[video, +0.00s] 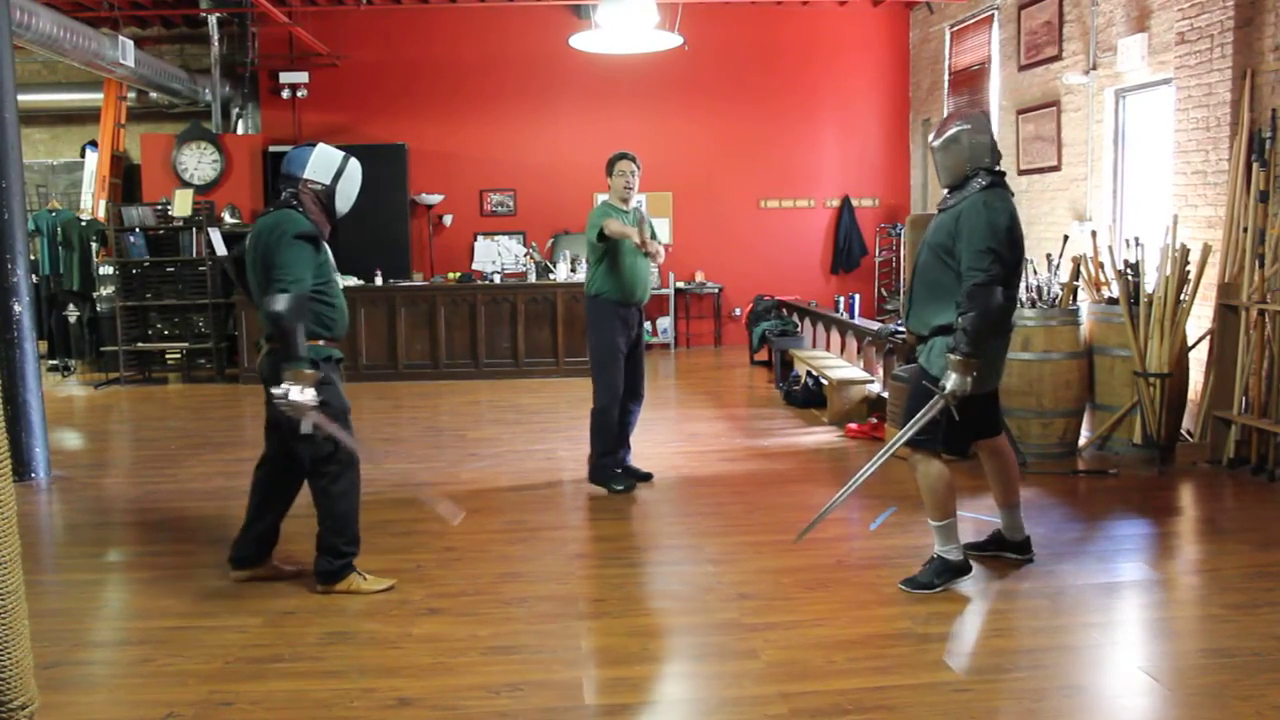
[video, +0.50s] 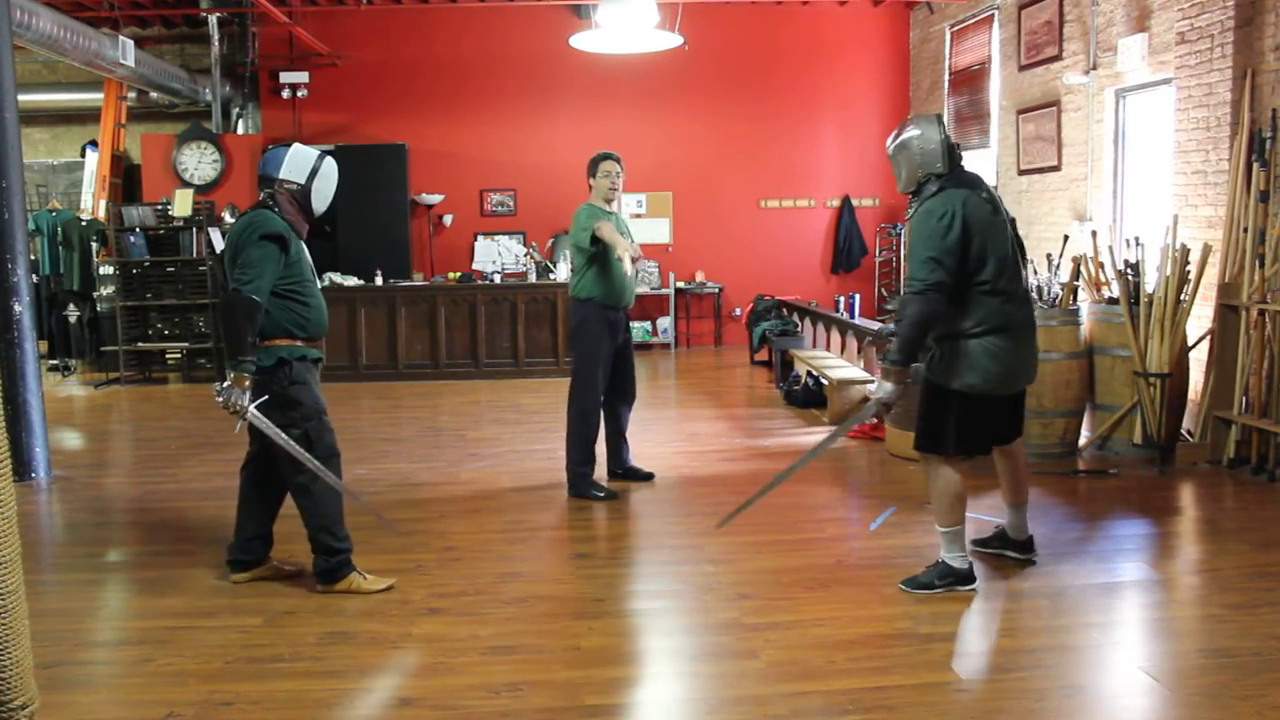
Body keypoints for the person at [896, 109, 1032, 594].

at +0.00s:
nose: (937, 162)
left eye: (944, 151)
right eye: (938, 152)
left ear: (967, 151)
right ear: (975, 153)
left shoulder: (983, 205)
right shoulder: (971, 201)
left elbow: (983, 286)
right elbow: (956, 282)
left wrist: (964, 355)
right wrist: (917, 329)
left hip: (950, 347)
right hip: (969, 346)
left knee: (923, 447)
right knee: (989, 436)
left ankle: (948, 555)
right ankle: (1013, 535)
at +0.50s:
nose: (894, 172)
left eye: (897, 160)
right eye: (894, 161)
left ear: (917, 158)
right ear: (941, 154)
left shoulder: (938, 208)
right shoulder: (982, 199)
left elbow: (927, 294)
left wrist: (895, 367)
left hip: (969, 352)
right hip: (1010, 348)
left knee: (940, 453)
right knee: (1006, 440)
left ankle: (954, 563)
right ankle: (1018, 535)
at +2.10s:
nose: (857, 199)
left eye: (858, 191)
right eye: (856, 191)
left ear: (874, 190)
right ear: (906, 180)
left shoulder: (889, 236)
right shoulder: (953, 206)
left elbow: (838, 304)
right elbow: (1002, 253)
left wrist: (874, 276)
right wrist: (989, 294)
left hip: (940, 358)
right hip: (998, 349)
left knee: (882, 442)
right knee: (1008, 439)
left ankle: (907, 553)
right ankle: (1050, 538)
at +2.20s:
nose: (858, 199)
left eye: (860, 189)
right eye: (857, 190)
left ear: (877, 188)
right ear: (907, 178)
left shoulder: (892, 235)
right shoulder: (954, 205)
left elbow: (840, 303)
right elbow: (1002, 252)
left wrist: (876, 276)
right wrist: (989, 296)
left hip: (942, 357)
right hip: (999, 348)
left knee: (883, 440)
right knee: (1008, 439)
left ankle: (907, 552)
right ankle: (1050, 538)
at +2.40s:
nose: (862, 198)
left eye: (864, 188)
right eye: (861, 188)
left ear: (882, 186)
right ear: (910, 177)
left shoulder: (894, 234)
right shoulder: (956, 205)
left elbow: (842, 303)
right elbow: (1003, 250)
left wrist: (879, 276)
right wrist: (990, 297)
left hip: (944, 356)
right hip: (1001, 347)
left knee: (885, 439)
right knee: (1009, 439)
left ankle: (907, 553)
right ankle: (1050, 539)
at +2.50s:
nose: (863, 198)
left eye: (865, 188)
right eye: (862, 188)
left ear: (883, 185)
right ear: (911, 177)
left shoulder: (895, 233)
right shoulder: (957, 205)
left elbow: (843, 302)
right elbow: (1003, 249)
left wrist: (882, 275)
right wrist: (992, 297)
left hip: (945, 355)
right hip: (1001, 346)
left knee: (886, 438)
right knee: (1009, 438)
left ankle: (907, 553)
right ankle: (1050, 538)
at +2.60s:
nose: (863, 197)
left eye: (865, 186)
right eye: (862, 187)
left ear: (884, 183)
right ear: (911, 176)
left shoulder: (896, 232)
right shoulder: (958, 204)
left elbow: (844, 302)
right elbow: (1003, 248)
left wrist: (881, 275)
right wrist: (993, 295)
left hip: (946, 354)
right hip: (1002, 345)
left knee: (887, 437)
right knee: (1009, 437)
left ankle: (907, 553)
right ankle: (1050, 538)